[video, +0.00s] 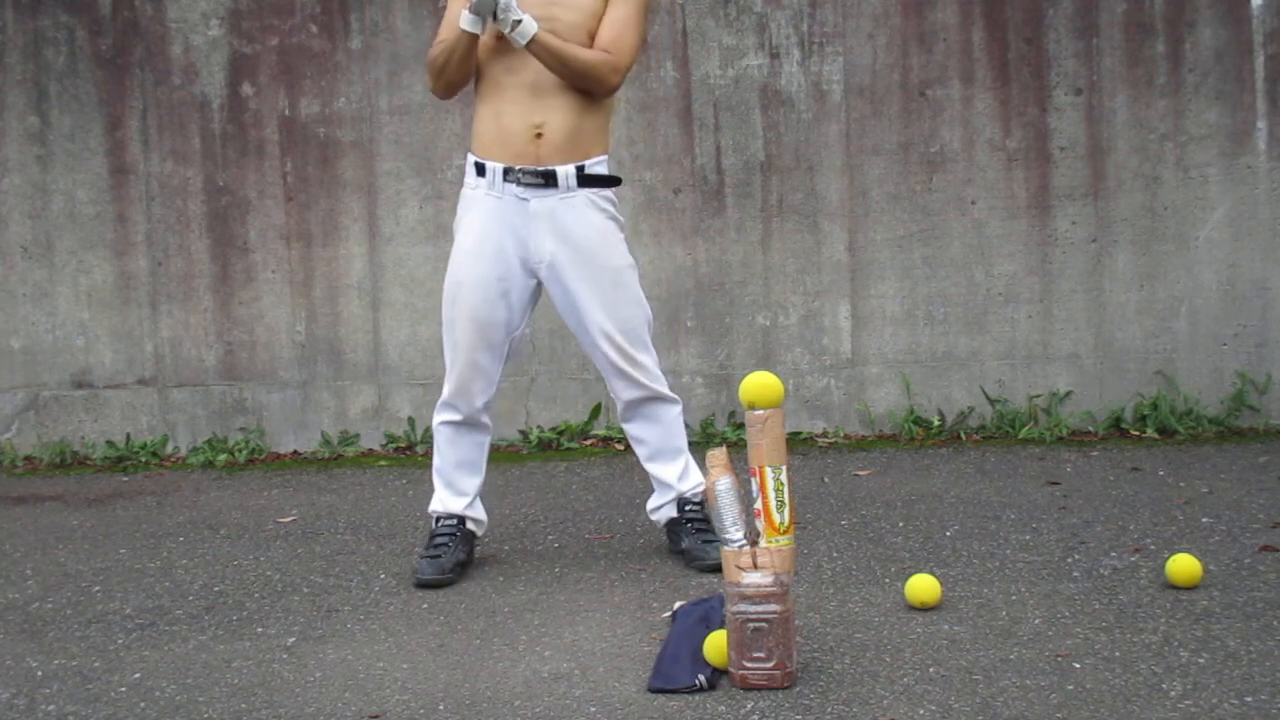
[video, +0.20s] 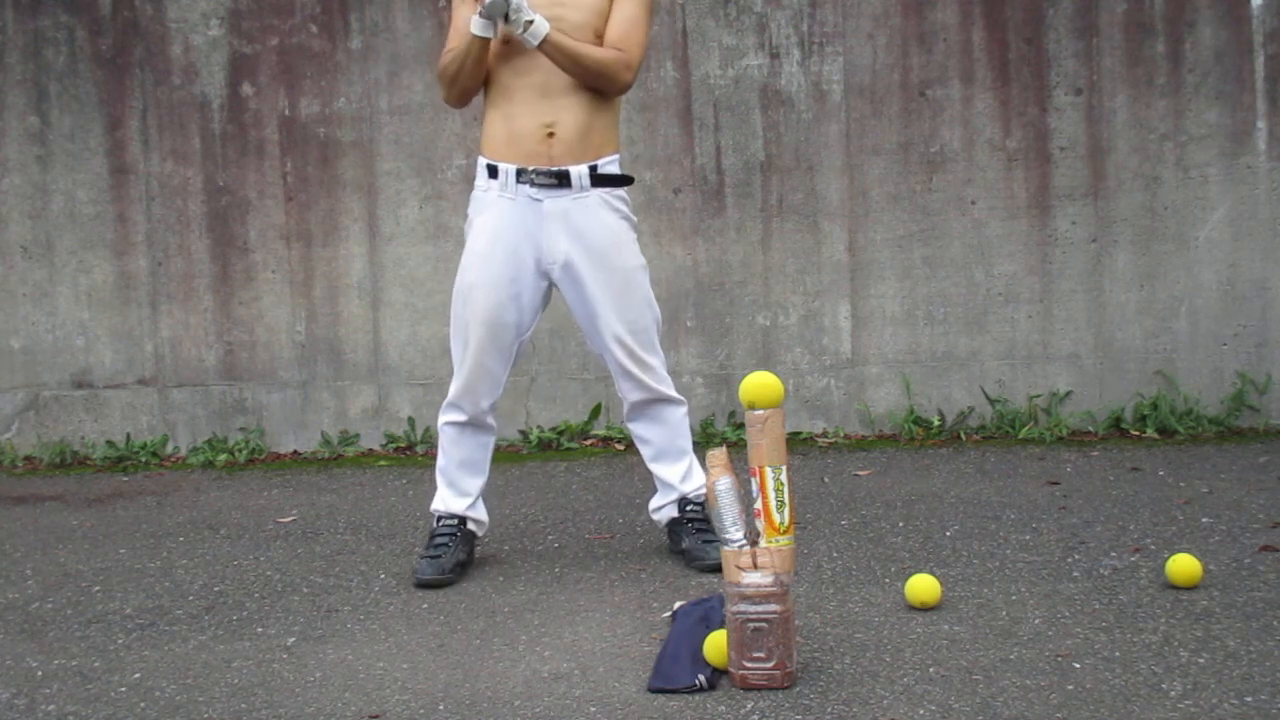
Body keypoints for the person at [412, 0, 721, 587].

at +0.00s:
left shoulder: (622, 1)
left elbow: (606, 75)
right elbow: (442, 81)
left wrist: (523, 27)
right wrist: (474, 22)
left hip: (582, 198)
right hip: (490, 197)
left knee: (634, 367)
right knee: (465, 378)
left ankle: (684, 506)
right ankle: (452, 518)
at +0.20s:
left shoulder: (625, 0)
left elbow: (619, 73)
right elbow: (455, 90)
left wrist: (534, 28)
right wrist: (484, 27)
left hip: (594, 197)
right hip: (502, 198)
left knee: (641, 366)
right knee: (473, 377)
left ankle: (685, 507)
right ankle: (453, 518)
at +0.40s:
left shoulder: (631, 0)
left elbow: (629, 74)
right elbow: (461, 90)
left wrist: (550, 27)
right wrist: (494, 25)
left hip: (603, 197)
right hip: (511, 199)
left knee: (645, 363)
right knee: (480, 375)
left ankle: (685, 507)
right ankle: (455, 518)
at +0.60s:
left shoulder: (636, 0)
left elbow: (629, 76)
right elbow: (463, 91)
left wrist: (553, 27)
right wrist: (497, 27)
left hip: (605, 196)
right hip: (513, 198)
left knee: (647, 364)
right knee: (480, 375)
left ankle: (686, 507)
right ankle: (455, 517)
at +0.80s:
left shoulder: (633, 1)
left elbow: (633, 78)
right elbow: (465, 93)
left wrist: (578, 16)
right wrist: (494, 18)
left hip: (606, 196)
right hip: (513, 198)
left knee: (647, 364)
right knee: (480, 374)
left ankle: (686, 507)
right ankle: (455, 517)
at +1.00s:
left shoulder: (631, 3)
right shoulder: (494, 3)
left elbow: (630, 31)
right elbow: (466, 95)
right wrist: (483, 13)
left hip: (607, 195)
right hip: (514, 197)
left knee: (647, 363)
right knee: (481, 373)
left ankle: (686, 508)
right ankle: (455, 517)